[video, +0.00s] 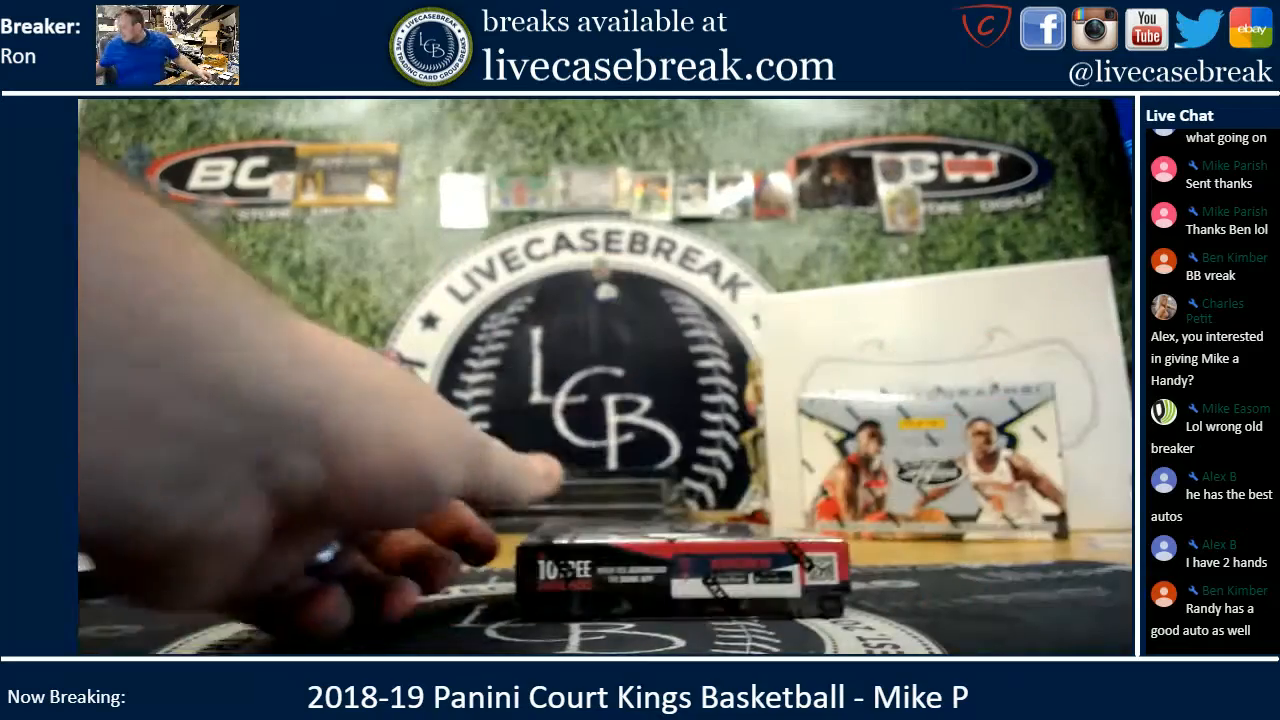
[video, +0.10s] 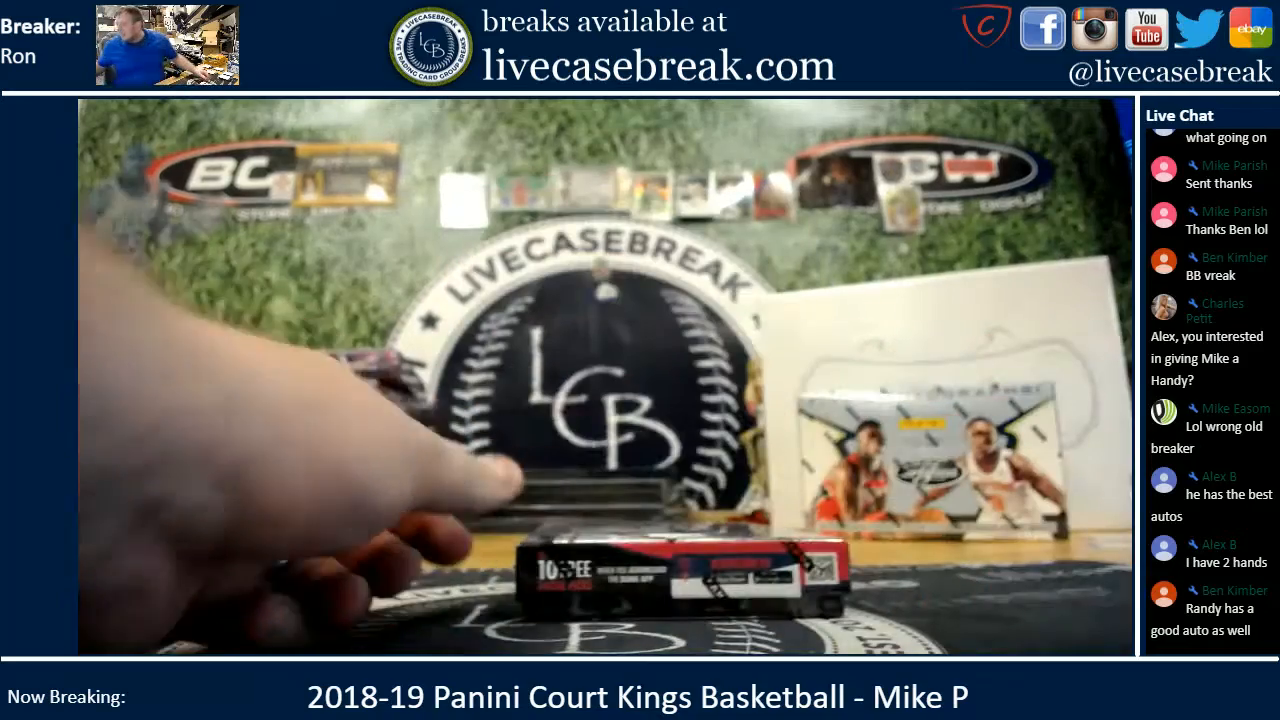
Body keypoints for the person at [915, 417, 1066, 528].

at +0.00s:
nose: (984, 439)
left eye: (988, 434)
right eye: (978, 435)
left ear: (994, 438)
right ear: (969, 439)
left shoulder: (1013, 461)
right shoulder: (964, 465)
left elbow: (1039, 481)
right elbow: (945, 486)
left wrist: (1064, 504)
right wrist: (920, 503)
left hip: (1026, 520)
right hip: (990, 521)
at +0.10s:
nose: (984, 439)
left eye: (988, 434)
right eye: (979, 435)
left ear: (995, 437)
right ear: (969, 438)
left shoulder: (1013, 461)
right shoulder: (964, 464)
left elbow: (1038, 481)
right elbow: (945, 486)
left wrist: (1063, 504)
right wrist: (920, 503)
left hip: (1026, 521)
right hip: (990, 522)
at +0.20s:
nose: (985, 439)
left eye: (989, 434)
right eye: (979, 434)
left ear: (995, 438)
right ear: (969, 438)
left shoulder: (1013, 461)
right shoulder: (964, 465)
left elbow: (1038, 481)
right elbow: (944, 486)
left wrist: (1062, 503)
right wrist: (920, 503)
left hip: (1025, 521)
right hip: (989, 523)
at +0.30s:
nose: (985, 439)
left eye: (989, 434)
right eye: (979, 434)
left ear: (995, 437)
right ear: (969, 438)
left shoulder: (1013, 461)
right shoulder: (964, 464)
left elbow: (1038, 481)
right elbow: (945, 485)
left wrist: (1062, 503)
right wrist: (921, 503)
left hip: (1025, 520)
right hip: (989, 522)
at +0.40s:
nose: (985, 439)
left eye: (988, 434)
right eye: (979, 434)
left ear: (995, 437)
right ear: (969, 438)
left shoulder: (1014, 462)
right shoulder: (964, 464)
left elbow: (1038, 481)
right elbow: (945, 485)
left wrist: (1062, 504)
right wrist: (921, 503)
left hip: (1025, 520)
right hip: (989, 521)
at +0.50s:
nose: (985, 439)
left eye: (989, 434)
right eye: (979, 434)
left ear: (995, 437)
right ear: (969, 438)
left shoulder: (1014, 462)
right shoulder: (964, 464)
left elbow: (1038, 481)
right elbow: (945, 486)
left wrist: (1062, 503)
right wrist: (921, 503)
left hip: (1025, 520)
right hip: (989, 521)